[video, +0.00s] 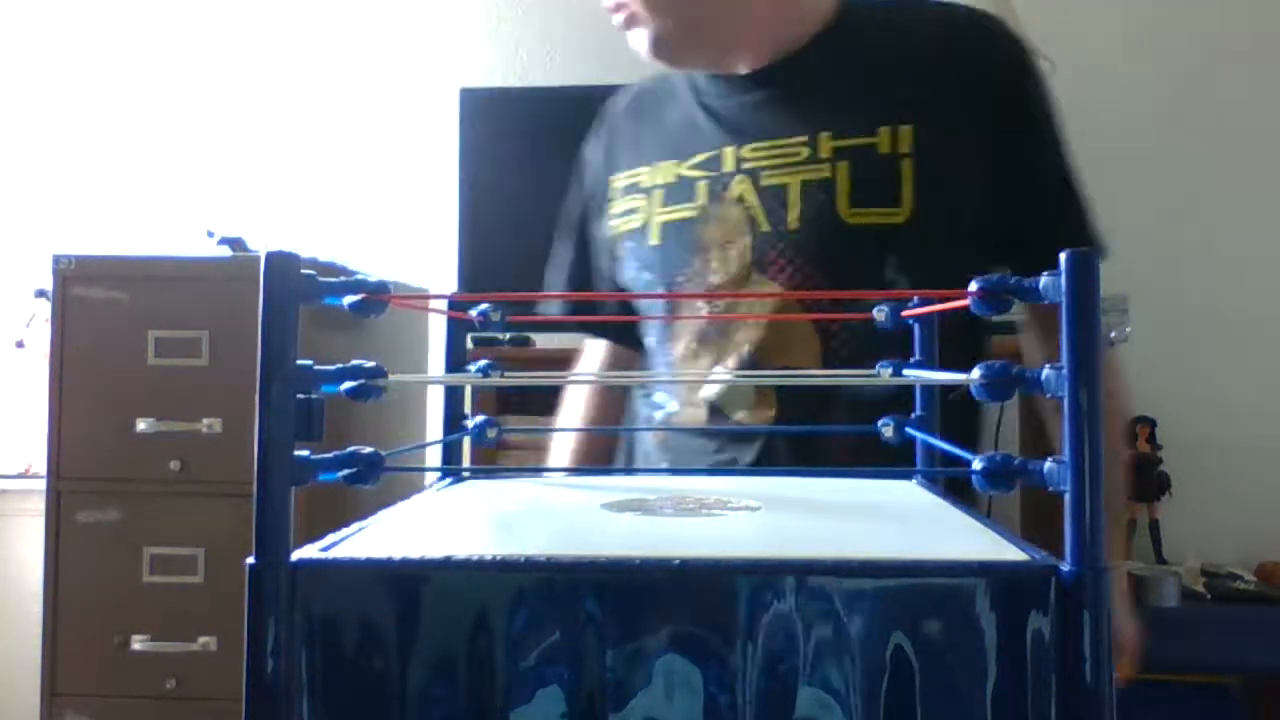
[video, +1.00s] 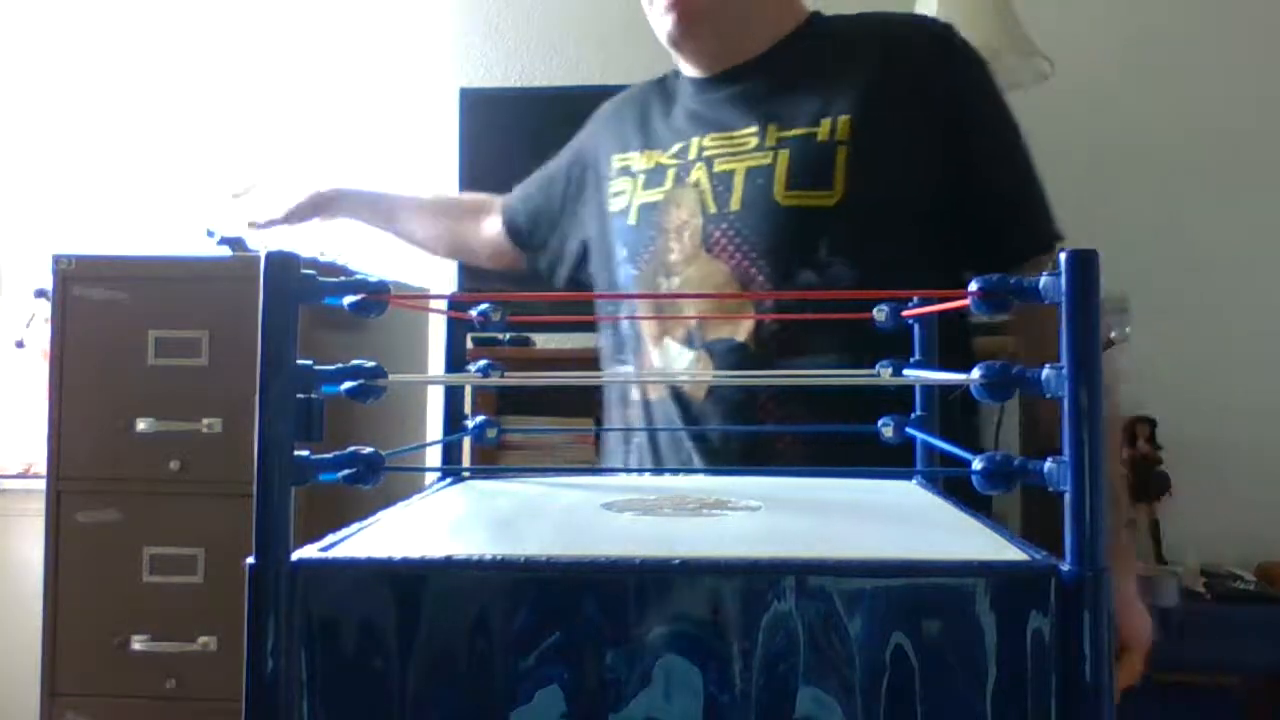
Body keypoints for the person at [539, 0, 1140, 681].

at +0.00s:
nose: (610, 0)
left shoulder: (964, 64)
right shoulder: (622, 127)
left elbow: (1067, 345)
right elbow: (603, 361)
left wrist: (1102, 572)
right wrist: (547, 546)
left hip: (900, 589)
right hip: (668, 590)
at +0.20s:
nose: (669, 3)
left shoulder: (999, 46)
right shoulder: (735, 125)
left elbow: (1165, 322)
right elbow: (744, 349)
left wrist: (1211, 591)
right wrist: (621, 498)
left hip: (971, 605)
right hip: (756, 603)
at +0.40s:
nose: (683, 4)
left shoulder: (999, 41)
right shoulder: (766, 129)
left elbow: (1171, 319)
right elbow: (770, 369)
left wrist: (1204, 605)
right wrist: (633, 468)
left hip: (974, 604)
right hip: (778, 606)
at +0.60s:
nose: (674, 7)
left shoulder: (990, 44)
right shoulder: (752, 125)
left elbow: (1145, 321)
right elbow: (756, 354)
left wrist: (1177, 599)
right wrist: (566, 374)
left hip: (962, 605)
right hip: (752, 603)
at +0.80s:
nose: (650, 3)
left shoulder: (966, 50)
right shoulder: (708, 125)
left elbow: (1115, 318)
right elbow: (653, 313)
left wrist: (1167, 581)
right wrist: (463, 248)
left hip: (935, 598)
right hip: (720, 596)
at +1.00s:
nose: (665, 5)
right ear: (636, 1)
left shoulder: (912, 66)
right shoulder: (619, 128)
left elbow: (1045, 315)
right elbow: (496, 231)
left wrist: (1103, 555)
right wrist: (349, 206)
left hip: (878, 573)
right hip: (652, 574)